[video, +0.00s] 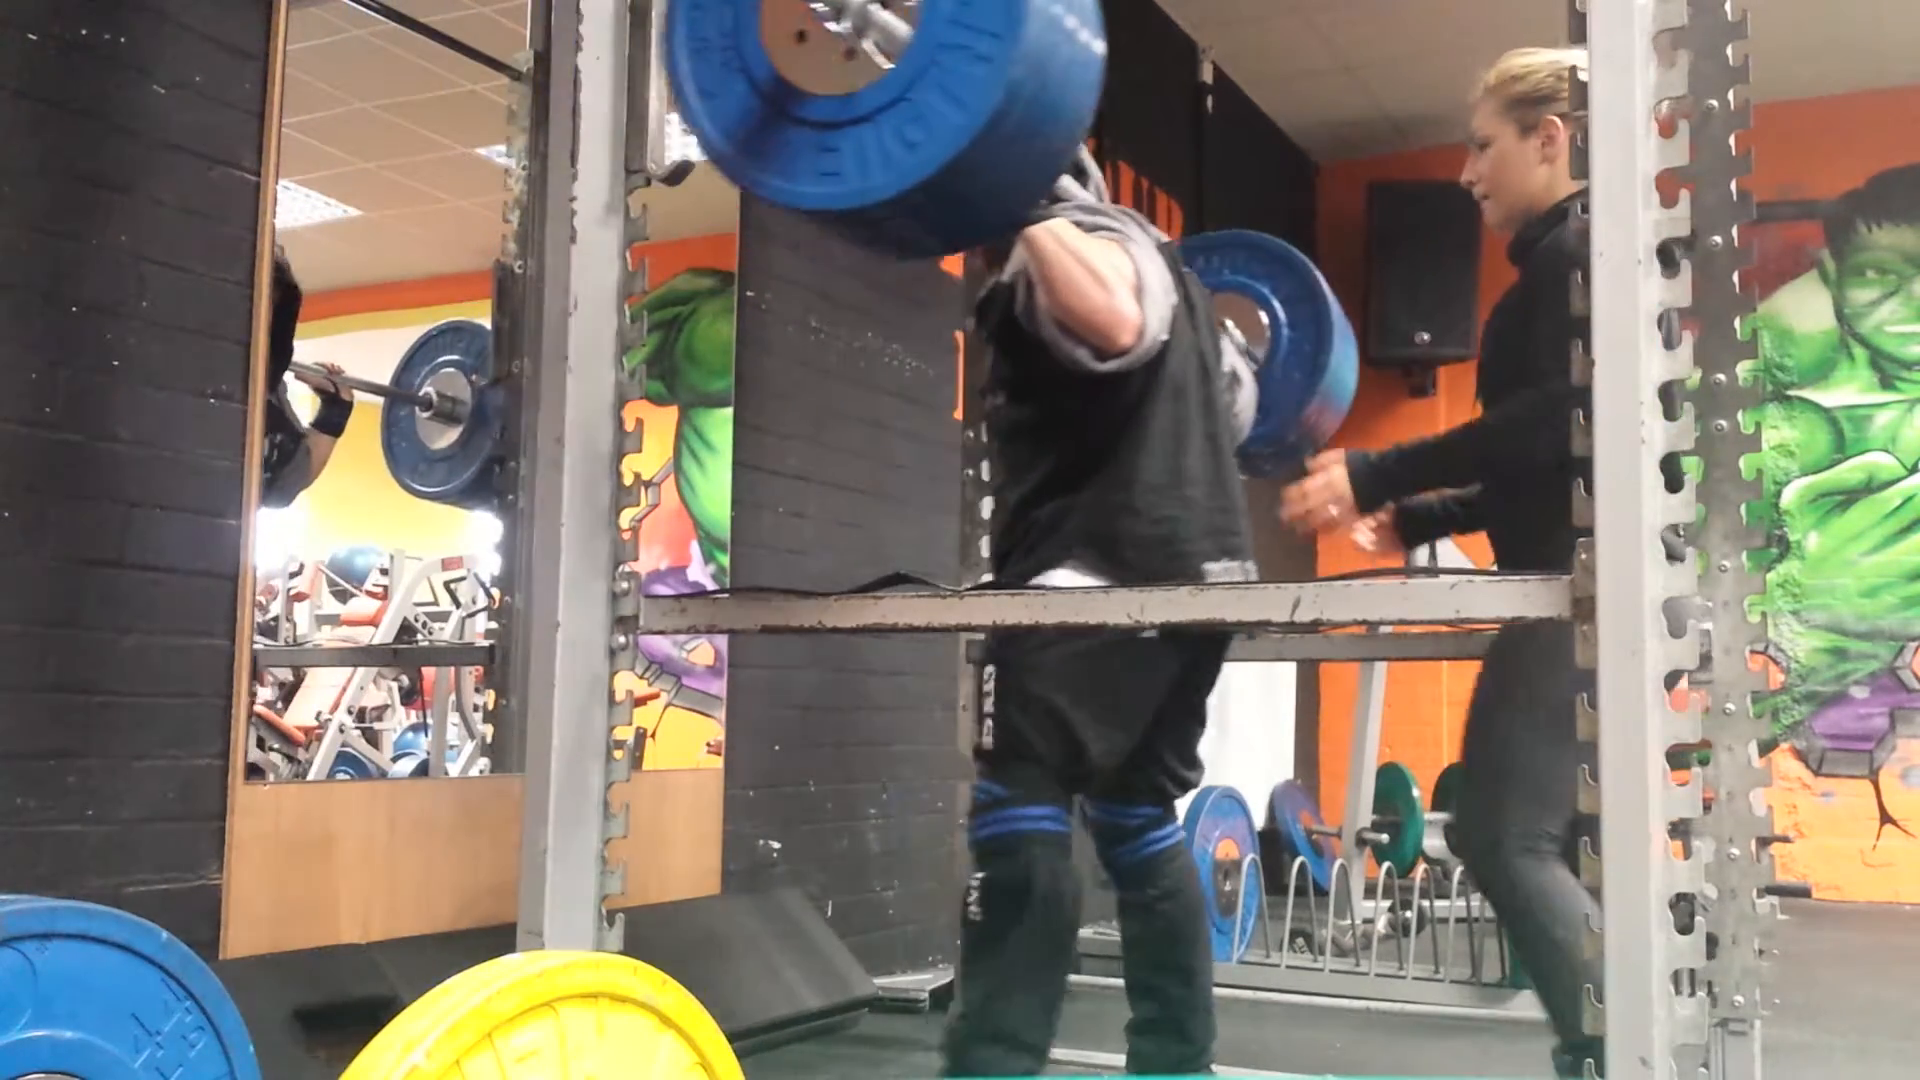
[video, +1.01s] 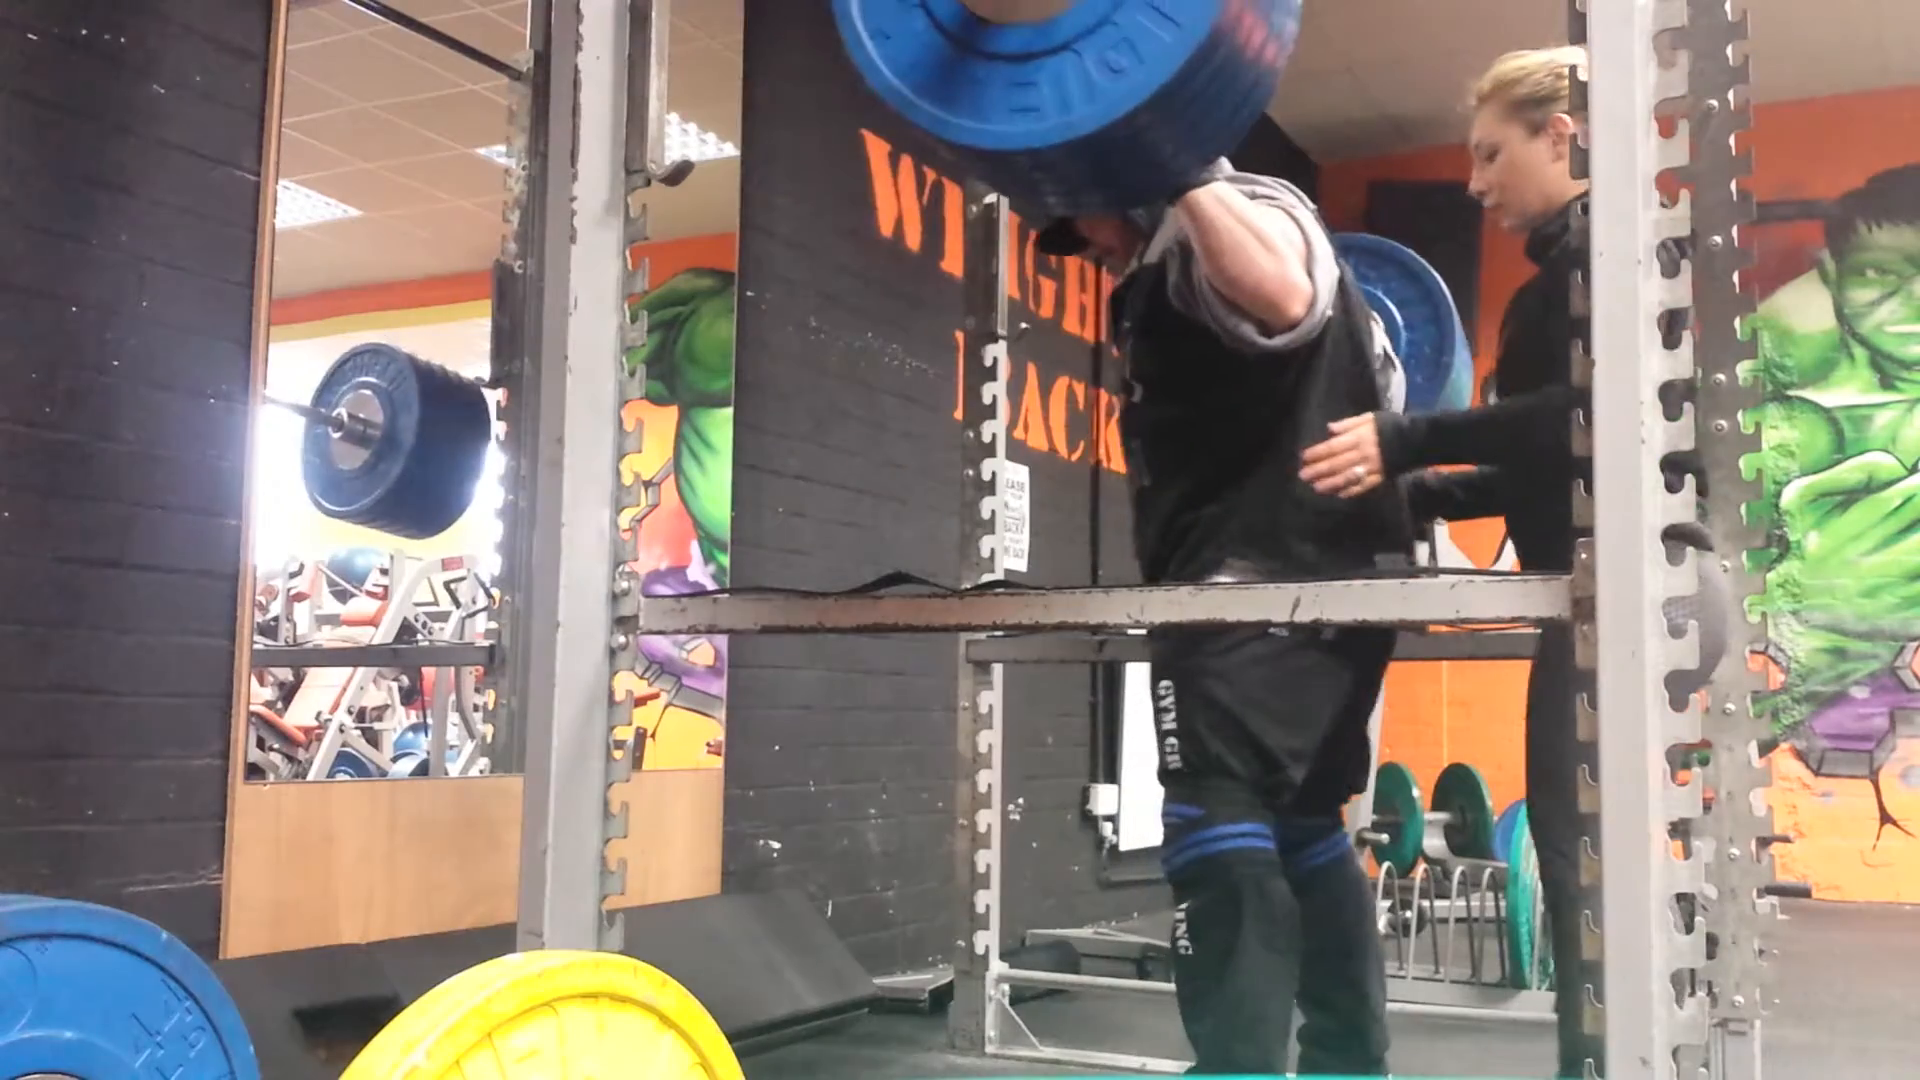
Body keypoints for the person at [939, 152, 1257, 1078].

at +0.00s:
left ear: (1008, 176)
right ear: (1081, 163)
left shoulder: (1080, 236)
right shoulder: (1154, 257)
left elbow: (1116, 317)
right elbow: (1235, 397)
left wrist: (1028, 222)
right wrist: (1233, 340)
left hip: (1090, 583)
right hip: (1194, 578)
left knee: (1020, 807)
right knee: (1141, 812)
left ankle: (994, 1058)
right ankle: (1175, 1061)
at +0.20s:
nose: (1011, 222)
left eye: (1022, 201)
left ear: (1062, 180)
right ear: (1122, 170)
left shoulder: (1116, 227)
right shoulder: (1182, 241)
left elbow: (1159, 313)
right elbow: (1275, 390)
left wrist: (1066, 215)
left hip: (1144, 569)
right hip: (1229, 567)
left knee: (1068, 787)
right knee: (1164, 804)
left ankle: (1171, 1050)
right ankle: (1189, 1051)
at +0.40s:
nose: (1010, 240)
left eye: (1014, 217)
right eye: (999, 225)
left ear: (1057, 191)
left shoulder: (1171, 226)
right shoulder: (1091, 280)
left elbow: (1197, 313)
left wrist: (1095, 200)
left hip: (1205, 579)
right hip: (1150, 583)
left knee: (1160, 829)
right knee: (1162, 830)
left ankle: (1226, 1068)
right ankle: (1179, 1064)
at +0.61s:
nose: (1029, 242)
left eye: (1027, 217)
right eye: (1013, 228)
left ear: (1064, 179)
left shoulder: (1186, 205)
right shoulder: (1113, 257)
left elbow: (1231, 290)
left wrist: (1125, 180)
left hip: (1226, 566)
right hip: (1182, 568)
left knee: (1186, 826)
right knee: (1191, 827)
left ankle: (1216, 1065)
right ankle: (1194, 1057)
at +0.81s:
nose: (1049, 237)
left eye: (1045, 208)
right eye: (1034, 221)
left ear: (1089, 167)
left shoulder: (1205, 192)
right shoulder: (1142, 247)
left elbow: (1252, 282)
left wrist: (1138, 147)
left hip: (1241, 567)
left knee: (1196, 815)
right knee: (1257, 815)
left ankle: (1232, 1064)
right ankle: (1331, 1060)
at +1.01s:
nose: (1081, 247)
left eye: (1078, 222)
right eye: (1066, 234)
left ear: (1116, 181)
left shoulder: (1240, 208)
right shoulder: (1169, 258)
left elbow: (1282, 295)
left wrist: (1173, 161)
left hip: (1265, 578)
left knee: (1214, 819)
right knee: (1303, 823)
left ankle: (1237, 1065)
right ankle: (1347, 1064)